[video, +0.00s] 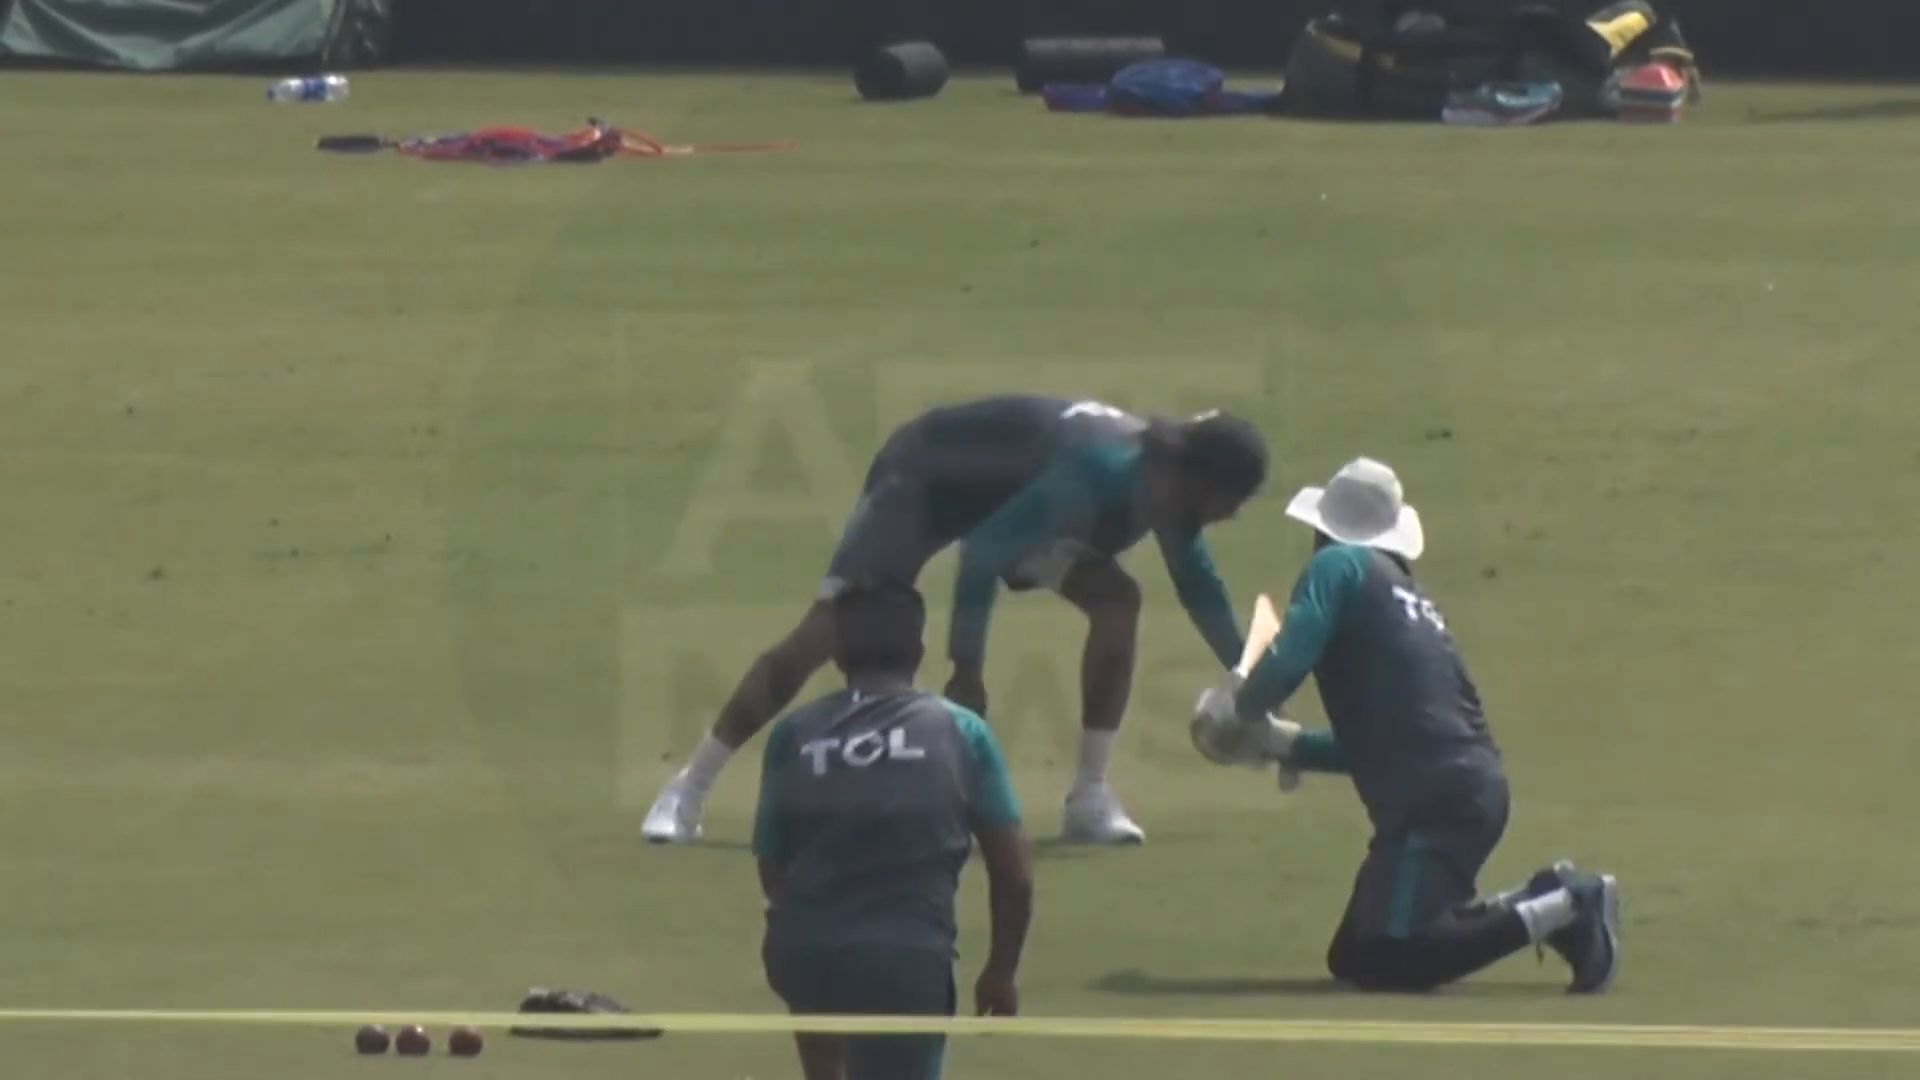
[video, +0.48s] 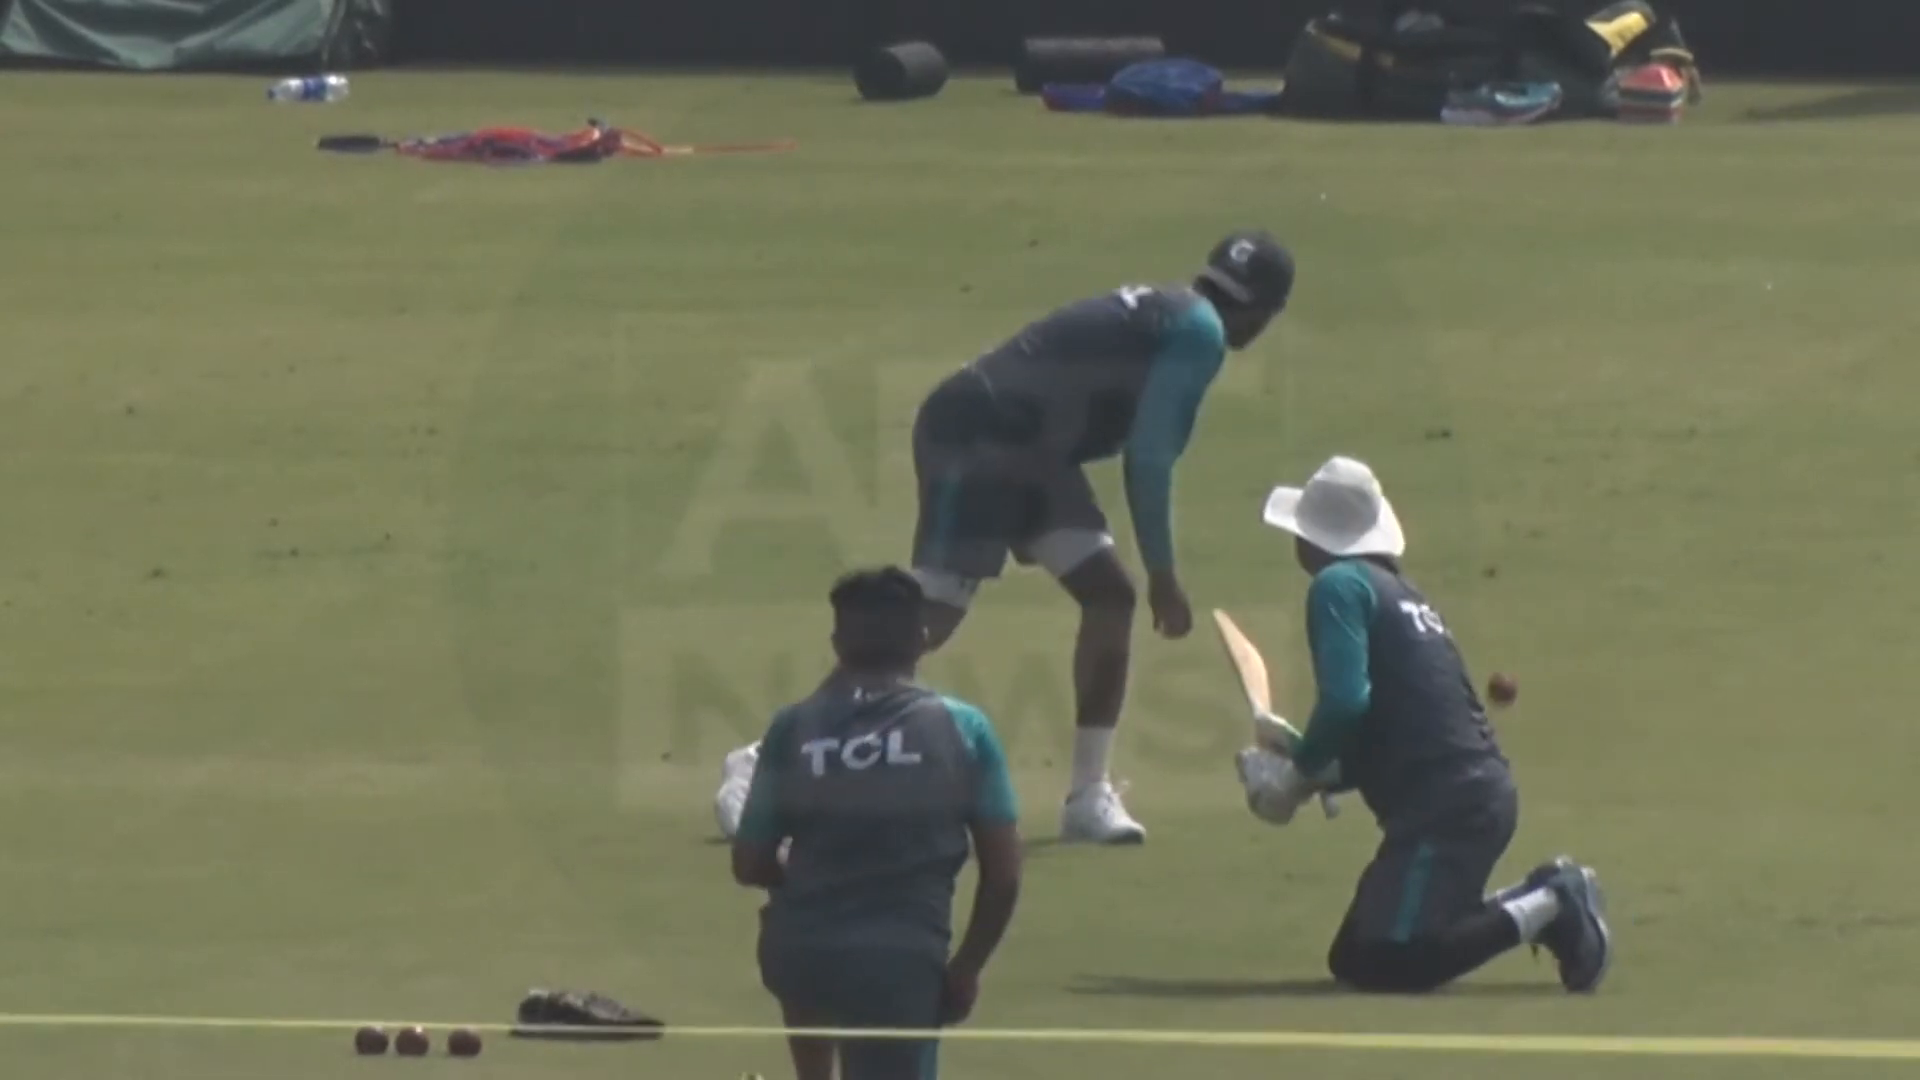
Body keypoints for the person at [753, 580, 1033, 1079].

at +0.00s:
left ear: (839, 659)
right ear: (918, 654)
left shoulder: (792, 732)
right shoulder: (961, 732)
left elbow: (773, 870)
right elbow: (1014, 876)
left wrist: (808, 927)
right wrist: (1001, 973)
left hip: (803, 953)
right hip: (909, 960)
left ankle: (826, 1073)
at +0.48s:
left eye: (838, 632)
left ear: (838, 643)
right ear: (920, 644)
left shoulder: (793, 727)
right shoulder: (964, 728)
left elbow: (749, 864)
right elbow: (1002, 876)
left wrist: (808, 876)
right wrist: (966, 971)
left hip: (802, 957)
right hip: (902, 960)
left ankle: (815, 1073)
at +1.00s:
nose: (739, 681)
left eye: (740, 672)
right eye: (738, 673)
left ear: (750, 673)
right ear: (820, 664)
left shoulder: (720, 738)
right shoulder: (874, 707)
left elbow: (648, 866)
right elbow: (987, 766)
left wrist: (718, 901)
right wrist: (941, 833)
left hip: (747, 896)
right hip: (850, 884)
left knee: (766, 999)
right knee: (842, 1049)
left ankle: (794, 1079)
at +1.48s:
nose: (667, 568)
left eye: (667, 560)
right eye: (670, 561)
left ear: (673, 563)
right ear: (746, 554)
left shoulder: (644, 621)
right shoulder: (807, 590)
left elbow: (632, 797)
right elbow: (863, 688)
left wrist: (671, 903)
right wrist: (825, 746)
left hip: (721, 796)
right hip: (822, 782)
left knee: (762, 976)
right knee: (796, 913)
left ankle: (801, 1068)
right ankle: (753, 1064)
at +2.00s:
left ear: (612, 690)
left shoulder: (605, 717)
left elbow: (590, 903)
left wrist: (575, 1041)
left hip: (670, 739)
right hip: (783, 727)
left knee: (669, 946)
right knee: (740, 902)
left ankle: (703, 1011)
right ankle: (696, 1053)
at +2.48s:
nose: (782, 436)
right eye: (784, 425)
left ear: (710, 425)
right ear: (786, 433)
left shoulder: (655, 485)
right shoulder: (806, 524)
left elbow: (574, 541)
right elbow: (833, 651)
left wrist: (552, 646)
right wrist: (819, 716)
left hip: (653, 749)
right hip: (753, 759)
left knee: (672, 892)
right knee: (800, 910)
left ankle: (659, 1060)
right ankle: (776, 1033)